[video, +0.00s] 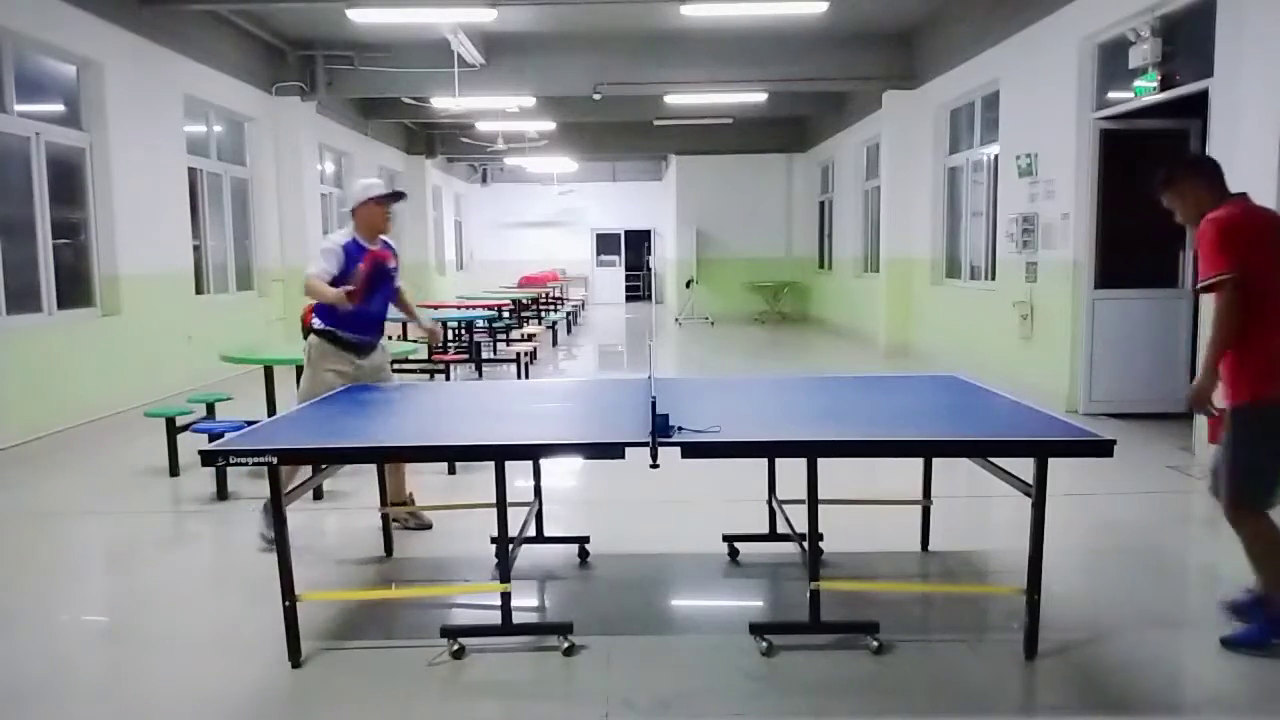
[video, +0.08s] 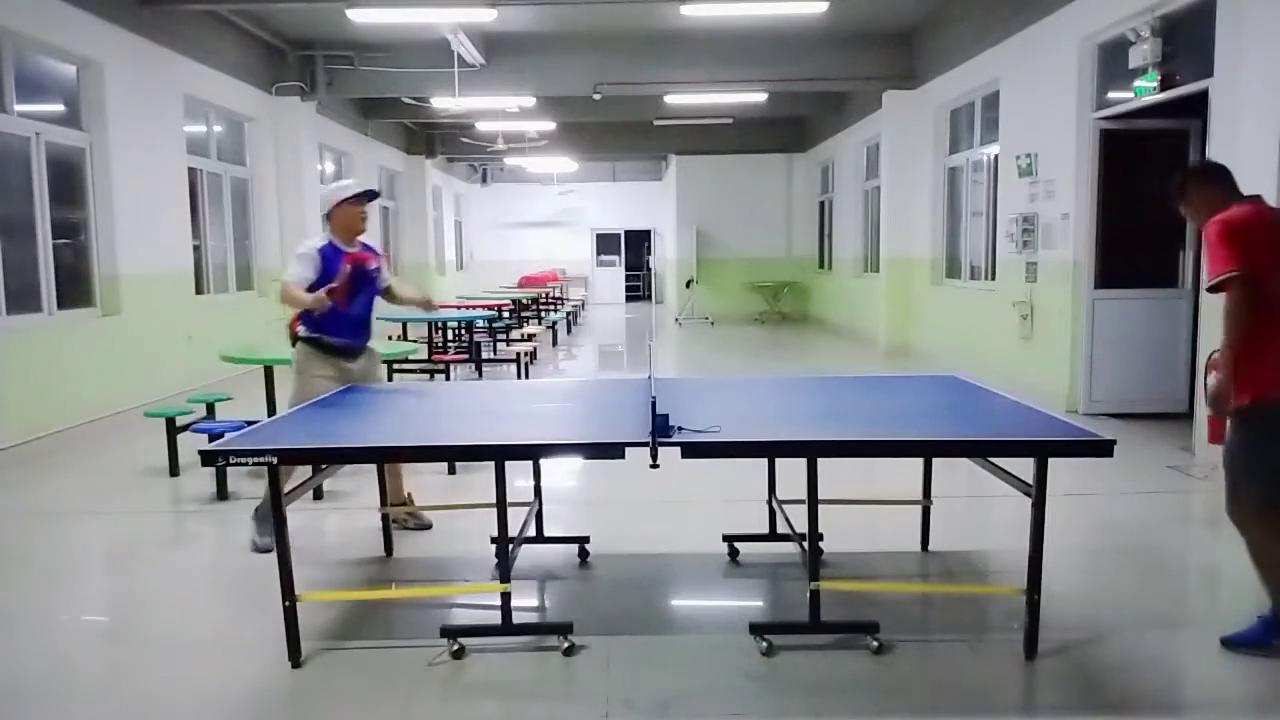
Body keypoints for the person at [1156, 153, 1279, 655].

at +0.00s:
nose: (1177, 218)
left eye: (1174, 206)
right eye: (1172, 209)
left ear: (1195, 188)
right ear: (1212, 184)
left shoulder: (1215, 226)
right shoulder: (1265, 218)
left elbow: (1227, 306)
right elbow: (1255, 309)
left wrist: (1205, 378)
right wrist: (1230, 388)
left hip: (1258, 393)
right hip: (1268, 389)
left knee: (1240, 501)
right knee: (1235, 491)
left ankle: (1274, 614)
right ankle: (1269, 590)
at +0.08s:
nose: (1188, 218)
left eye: (1186, 208)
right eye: (1185, 210)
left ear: (1200, 195)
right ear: (1225, 187)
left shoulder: (1223, 224)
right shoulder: (1264, 215)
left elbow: (1238, 296)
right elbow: (1254, 300)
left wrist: (1226, 372)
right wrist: (1227, 354)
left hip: (1262, 398)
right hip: (1270, 395)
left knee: (1249, 505)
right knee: (1259, 504)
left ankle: (1276, 613)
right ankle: (1274, 612)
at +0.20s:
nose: (1212, 230)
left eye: (1211, 222)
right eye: (1209, 223)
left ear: (1224, 207)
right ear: (1249, 201)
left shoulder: (1233, 232)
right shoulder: (1274, 223)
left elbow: (1240, 296)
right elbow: (1265, 307)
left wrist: (1244, 386)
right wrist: (1234, 352)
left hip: (1269, 401)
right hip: (1270, 396)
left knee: (1242, 506)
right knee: (1250, 507)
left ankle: (1276, 614)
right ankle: (1274, 613)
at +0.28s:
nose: (1228, 238)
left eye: (1226, 232)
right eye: (1227, 233)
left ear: (1233, 224)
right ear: (1266, 214)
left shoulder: (1241, 241)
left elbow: (1238, 299)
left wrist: (1248, 388)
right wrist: (1243, 373)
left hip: (1272, 404)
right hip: (1272, 403)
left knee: (1242, 506)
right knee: (1250, 506)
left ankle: (1276, 613)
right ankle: (1274, 614)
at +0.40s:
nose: (1264, 261)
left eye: (1264, 254)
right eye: (1266, 254)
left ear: (1270, 247)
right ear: (1276, 247)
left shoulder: (1267, 268)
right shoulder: (1266, 272)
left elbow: (1245, 317)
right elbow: (1246, 318)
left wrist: (1241, 396)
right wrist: (1244, 397)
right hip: (1279, 419)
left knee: (1250, 509)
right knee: (1254, 509)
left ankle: (1277, 614)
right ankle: (1276, 614)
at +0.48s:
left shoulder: (1274, 273)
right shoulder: (1273, 274)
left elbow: (1261, 323)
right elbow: (1261, 322)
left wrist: (1246, 400)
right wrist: (1247, 400)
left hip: (1279, 428)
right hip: (1277, 427)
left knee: (1260, 509)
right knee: (1259, 509)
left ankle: (1277, 614)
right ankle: (1276, 614)